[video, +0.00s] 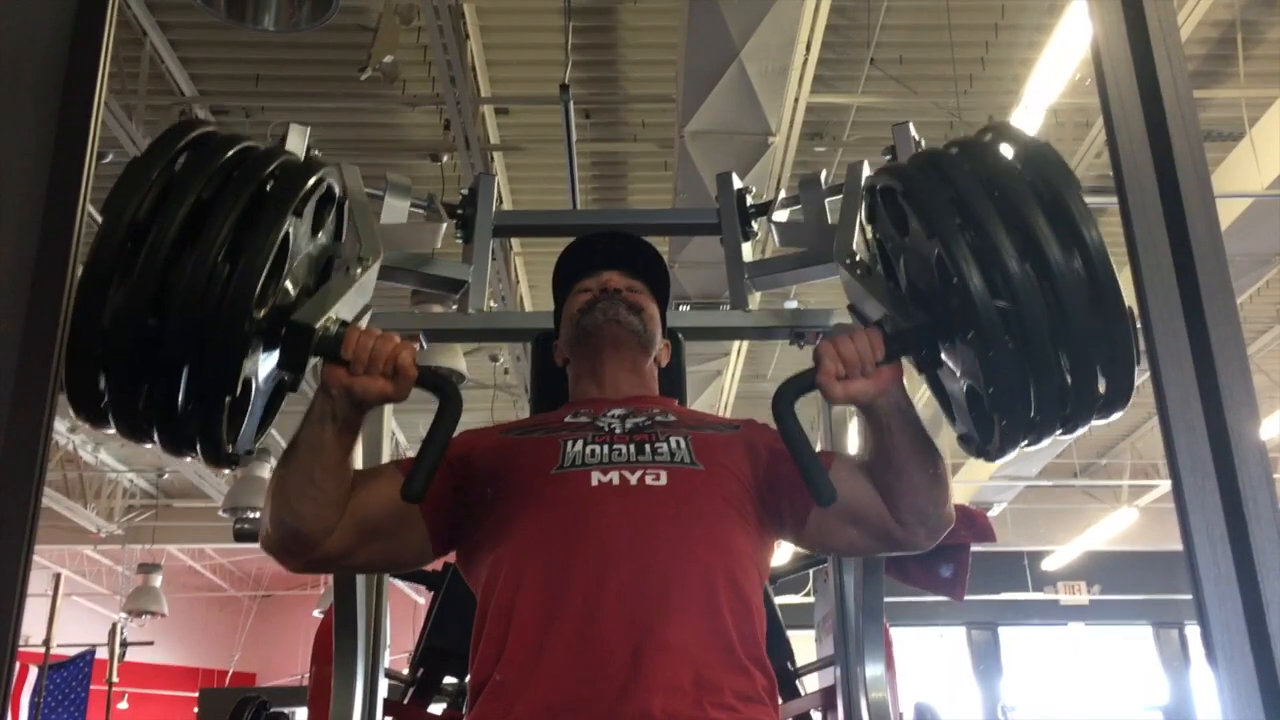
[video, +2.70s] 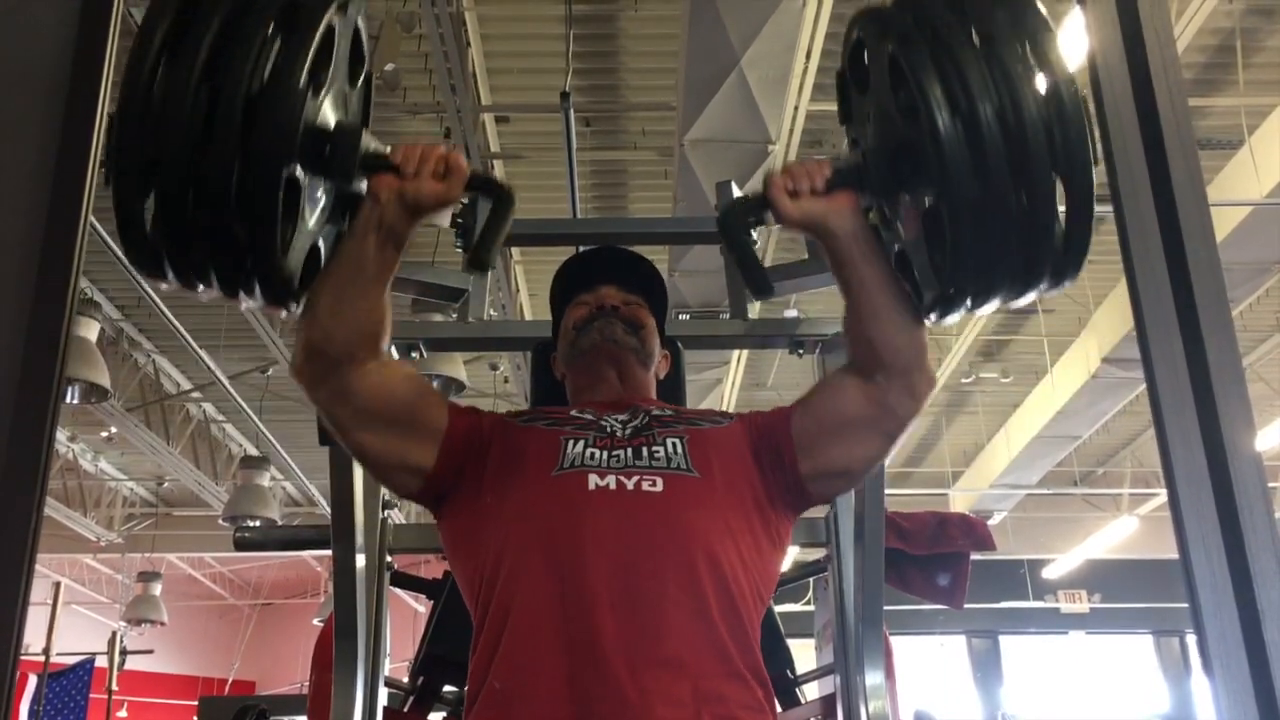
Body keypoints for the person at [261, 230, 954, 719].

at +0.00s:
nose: (611, 293)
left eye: (635, 293)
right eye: (586, 294)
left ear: (667, 347)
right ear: (555, 350)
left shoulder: (747, 448)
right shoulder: (488, 455)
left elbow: (919, 520)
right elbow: (304, 539)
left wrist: (882, 400)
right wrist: (341, 404)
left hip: (725, 704)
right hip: (526, 706)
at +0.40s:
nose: (606, 303)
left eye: (631, 303)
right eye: (581, 304)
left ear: (664, 352)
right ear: (552, 354)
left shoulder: (744, 444)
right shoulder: (484, 449)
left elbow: (922, 433)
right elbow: (303, 427)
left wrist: (859, 298)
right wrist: (364, 294)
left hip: (724, 704)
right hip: (523, 706)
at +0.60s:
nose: (606, 305)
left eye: (631, 303)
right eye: (582, 303)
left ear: (663, 353)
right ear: (552, 354)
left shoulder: (751, 436)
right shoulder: (483, 440)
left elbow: (882, 352)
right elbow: (340, 345)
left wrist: (834, 195)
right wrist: (390, 199)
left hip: (722, 703)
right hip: (520, 703)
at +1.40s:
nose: (608, 298)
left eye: (632, 299)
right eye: (582, 300)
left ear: (663, 356)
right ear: (552, 356)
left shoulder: (746, 449)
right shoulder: (487, 456)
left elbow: (912, 428)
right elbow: (309, 428)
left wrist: (857, 283)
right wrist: (371, 280)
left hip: (724, 703)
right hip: (527, 705)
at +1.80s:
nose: (610, 298)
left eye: (635, 299)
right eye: (585, 300)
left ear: (666, 357)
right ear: (554, 357)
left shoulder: (744, 454)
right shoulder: (489, 461)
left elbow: (924, 516)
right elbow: (296, 530)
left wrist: (877, 390)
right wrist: (346, 384)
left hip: (729, 706)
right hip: (528, 706)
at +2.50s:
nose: (609, 306)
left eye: (634, 308)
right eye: (584, 307)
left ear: (665, 361)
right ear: (553, 359)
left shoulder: (744, 453)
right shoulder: (488, 458)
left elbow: (924, 444)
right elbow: (302, 438)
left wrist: (860, 311)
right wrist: (363, 301)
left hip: (724, 703)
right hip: (525, 705)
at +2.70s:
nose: (607, 316)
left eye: (632, 313)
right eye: (584, 313)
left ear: (665, 360)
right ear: (553, 361)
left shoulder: (752, 448)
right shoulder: (480, 450)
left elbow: (895, 380)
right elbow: (333, 363)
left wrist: (844, 229)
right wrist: (388, 215)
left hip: (725, 704)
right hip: (522, 705)